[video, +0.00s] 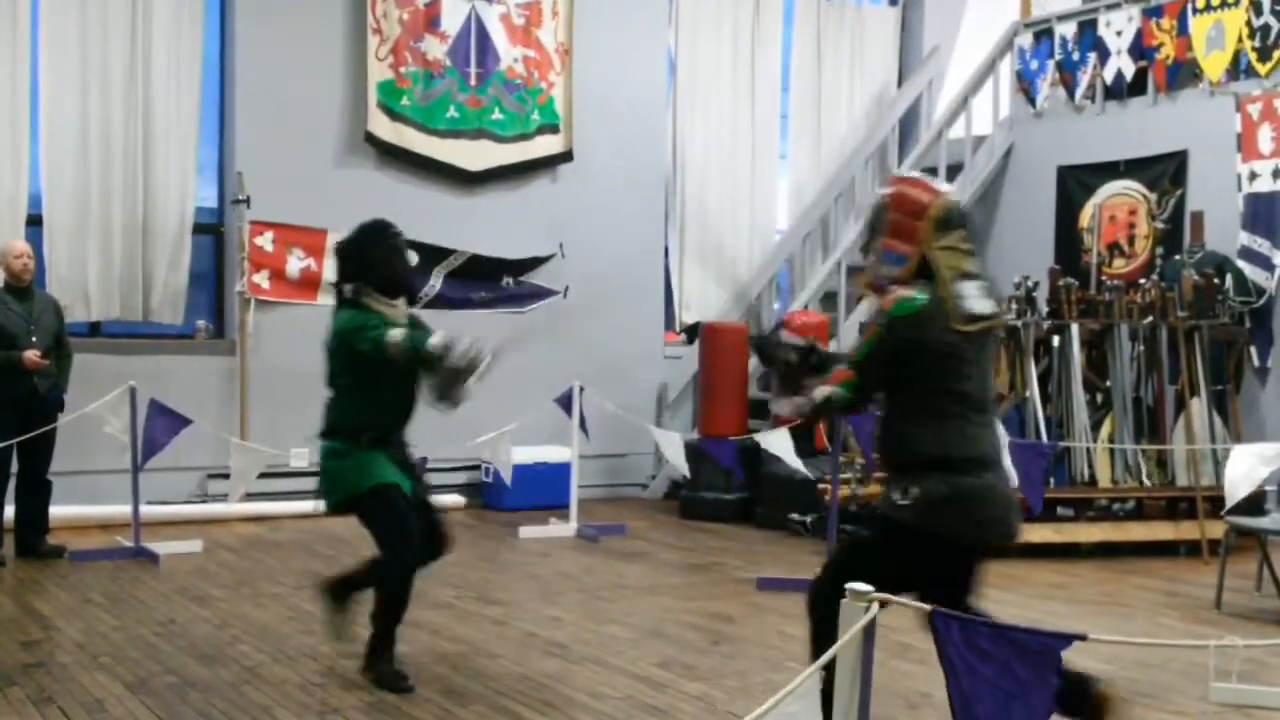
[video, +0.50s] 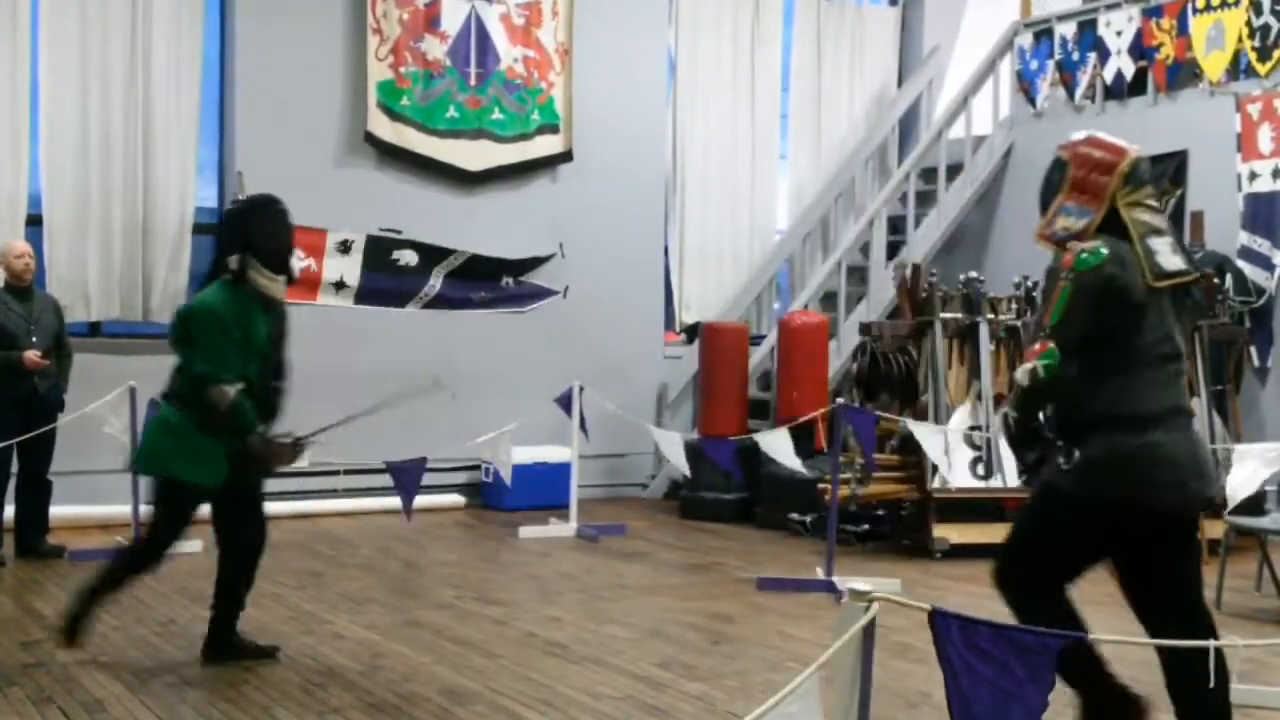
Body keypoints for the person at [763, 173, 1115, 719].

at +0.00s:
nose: (875, 254)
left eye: (884, 241)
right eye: (878, 240)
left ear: (907, 247)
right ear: (946, 243)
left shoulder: (909, 312)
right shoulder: (975, 306)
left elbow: (858, 385)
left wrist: (817, 404)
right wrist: (842, 380)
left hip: (929, 505)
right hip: (984, 502)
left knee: (830, 591)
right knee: (947, 615)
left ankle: (837, 708)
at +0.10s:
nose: (930, 243)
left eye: (938, 230)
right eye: (934, 229)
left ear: (962, 239)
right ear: (995, 238)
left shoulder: (957, 312)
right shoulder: (1028, 304)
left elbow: (903, 391)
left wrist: (850, 410)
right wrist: (870, 396)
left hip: (973, 510)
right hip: (1031, 507)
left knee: (876, 599)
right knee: (1040, 632)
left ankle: (856, 709)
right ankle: (1157, 714)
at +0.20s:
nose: (977, 241)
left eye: (987, 229)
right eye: (981, 227)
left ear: (1009, 234)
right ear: (1049, 228)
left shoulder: (1006, 308)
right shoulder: (1082, 295)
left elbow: (969, 402)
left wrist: (937, 434)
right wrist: (957, 415)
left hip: (1026, 510)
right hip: (1091, 505)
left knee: (932, 622)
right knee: (1117, 635)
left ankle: (883, 710)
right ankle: (1178, 714)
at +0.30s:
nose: (1014, 224)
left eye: (1023, 210)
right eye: (1017, 210)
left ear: (1047, 218)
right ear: (1086, 216)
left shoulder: (1052, 293)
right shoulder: (1124, 282)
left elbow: (1026, 393)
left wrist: (987, 425)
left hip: (1064, 495)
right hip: (1128, 490)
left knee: (962, 594)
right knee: (1144, 633)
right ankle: (1190, 715)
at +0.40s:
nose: (1034, 215)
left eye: (1042, 201)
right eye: (1037, 200)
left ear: (1066, 204)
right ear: (1101, 202)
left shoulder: (1078, 272)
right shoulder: (1144, 263)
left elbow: (1054, 377)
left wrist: (1017, 409)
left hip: (1096, 474)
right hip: (1154, 471)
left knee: (990, 567)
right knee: (1160, 621)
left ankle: (1046, 702)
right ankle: (1194, 711)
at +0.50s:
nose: (1051, 211)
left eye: (1059, 197)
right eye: (1054, 197)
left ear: (1082, 196)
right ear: (1114, 197)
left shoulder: (1097, 263)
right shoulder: (1148, 253)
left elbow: (1063, 364)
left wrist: (1029, 382)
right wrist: (1049, 363)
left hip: (1116, 467)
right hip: (1170, 463)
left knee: (1021, 573)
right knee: (1181, 622)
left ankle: (1104, 699)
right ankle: (1208, 714)